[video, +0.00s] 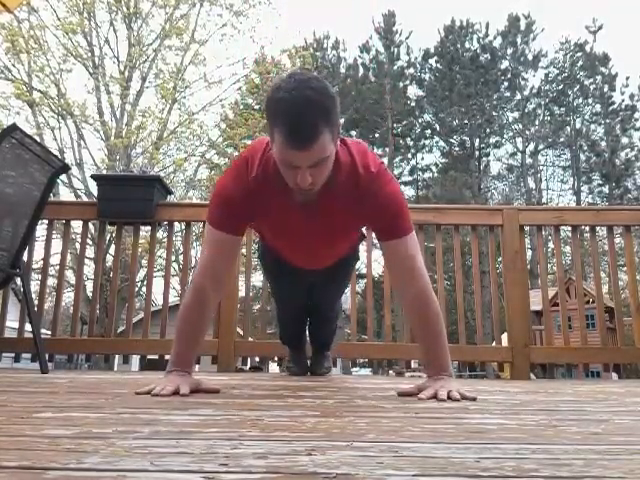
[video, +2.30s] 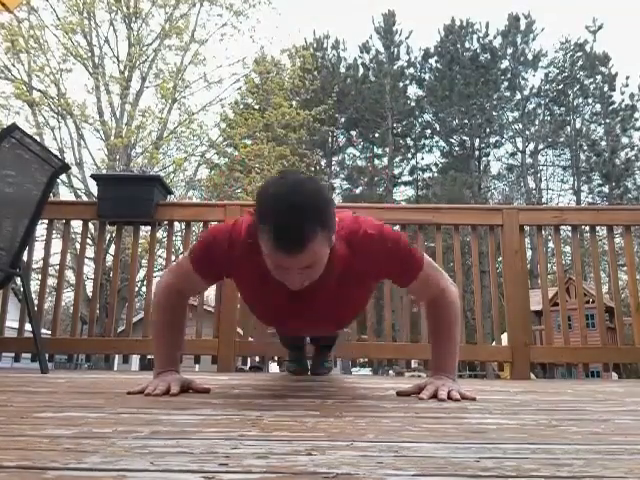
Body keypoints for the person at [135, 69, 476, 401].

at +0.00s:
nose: (303, 179)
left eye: (317, 165)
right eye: (290, 166)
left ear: (337, 139)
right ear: (271, 143)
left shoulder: (371, 181)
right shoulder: (241, 182)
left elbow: (414, 283)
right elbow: (206, 281)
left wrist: (440, 375)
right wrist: (179, 370)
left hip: (338, 252)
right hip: (280, 250)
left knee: (325, 313)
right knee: (290, 316)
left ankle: (321, 354)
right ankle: (295, 356)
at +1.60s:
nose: (299, 199)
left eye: (313, 184)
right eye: (285, 185)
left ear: (334, 158)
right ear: (266, 161)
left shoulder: (375, 198)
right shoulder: (233, 201)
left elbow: (424, 284)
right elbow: (193, 285)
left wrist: (442, 375)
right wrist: (168, 370)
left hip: (338, 278)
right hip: (279, 274)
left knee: (327, 325)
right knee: (292, 324)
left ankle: (323, 352)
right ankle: (297, 350)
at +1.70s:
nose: (296, 255)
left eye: (309, 241)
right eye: (281, 242)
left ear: (331, 209)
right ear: (260, 215)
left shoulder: (374, 227)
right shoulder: (231, 231)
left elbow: (437, 291)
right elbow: (176, 289)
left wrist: (443, 375)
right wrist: (166, 370)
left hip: (334, 308)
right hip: (280, 307)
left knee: (324, 338)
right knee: (293, 338)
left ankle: (323, 356)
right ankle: (295, 356)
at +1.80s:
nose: (296, 297)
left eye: (309, 287)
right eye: (282, 289)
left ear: (332, 252)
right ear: (258, 256)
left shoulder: (374, 251)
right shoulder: (231, 254)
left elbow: (441, 294)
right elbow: (167, 290)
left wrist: (442, 374)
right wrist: (166, 370)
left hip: (337, 322)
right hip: (276, 327)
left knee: (324, 343)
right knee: (292, 345)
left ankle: (321, 354)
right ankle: (296, 355)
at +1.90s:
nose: (294, 343)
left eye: (306, 332)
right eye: (278, 334)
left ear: (330, 290)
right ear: (254, 292)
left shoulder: (368, 273)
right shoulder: (231, 274)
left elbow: (444, 294)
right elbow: (166, 287)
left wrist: (443, 374)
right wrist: (165, 369)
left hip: (340, 351)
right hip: (271, 352)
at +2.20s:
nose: (294, 320)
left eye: (306, 310)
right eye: (279, 311)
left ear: (330, 274)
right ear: (256, 276)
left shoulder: (367, 265)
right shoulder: (230, 263)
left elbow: (443, 293)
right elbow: (165, 290)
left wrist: (444, 375)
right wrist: (165, 370)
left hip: (338, 332)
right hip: (270, 337)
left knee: (328, 348)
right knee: (287, 352)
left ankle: (324, 357)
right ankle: (297, 356)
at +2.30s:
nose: (295, 278)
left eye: (307, 267)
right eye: (281, 268)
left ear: (333, 237)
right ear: (260, 240)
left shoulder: (370, 241)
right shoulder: (231, 242)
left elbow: (440, 293)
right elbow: (171, 289)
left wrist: (443, 376)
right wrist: (166, 369)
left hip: (336, 316)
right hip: (280, 319)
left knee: (326, 341)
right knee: (292, 343)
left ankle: (321, 357)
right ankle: (297, 356)